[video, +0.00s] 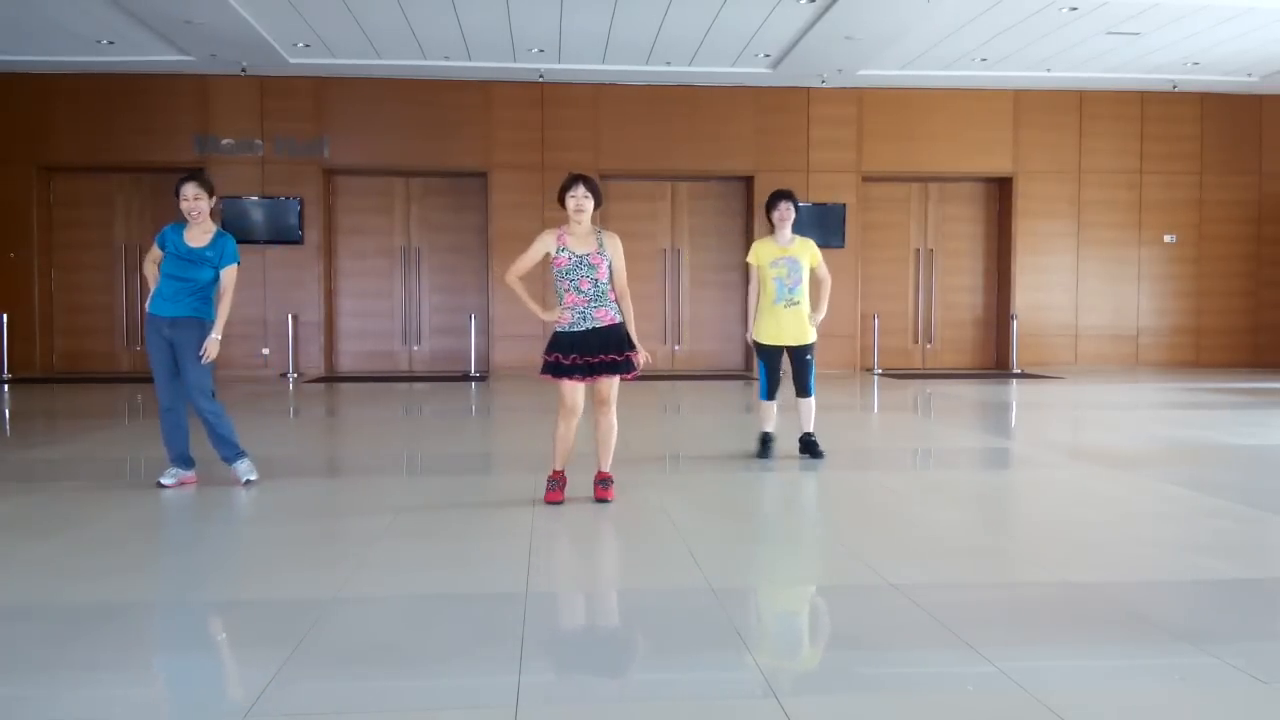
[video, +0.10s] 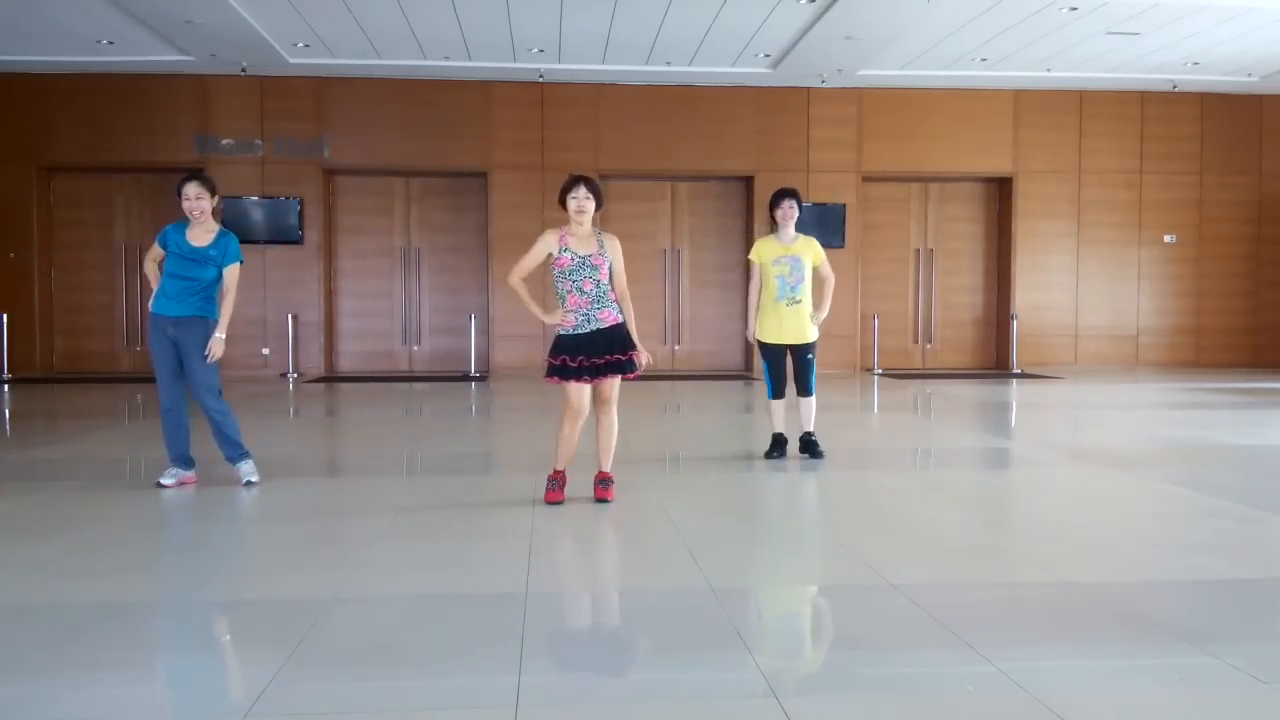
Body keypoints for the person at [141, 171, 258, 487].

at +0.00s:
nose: (191, 205)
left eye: (197, 198)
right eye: (185, 200)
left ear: (211, 201)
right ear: (179, 205)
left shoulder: (224, 242)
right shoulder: (170, 234)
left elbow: (226, 293)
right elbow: (149, 263)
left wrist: (216, 334)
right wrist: (157, 292)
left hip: (193, 323)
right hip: (158, 322)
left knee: (201, 396)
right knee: (168, 398)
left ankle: (237, 460)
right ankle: (182, 466)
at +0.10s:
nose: (193, 205)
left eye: (199, 198)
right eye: (187, 199)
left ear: (214, 200)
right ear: (181, 204)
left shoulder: (227, 241)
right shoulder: (171, 233)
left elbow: (229, 291)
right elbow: (149, 261)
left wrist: (220, 334)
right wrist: (159, 290)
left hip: (197, 323)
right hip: (161, 322)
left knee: (208, 395)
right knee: (169, 398)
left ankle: (241, 460)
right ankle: (183, 466)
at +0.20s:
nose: (198, 205)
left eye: (204, 198)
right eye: (191, 199)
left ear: (217, 199)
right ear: (185, 203)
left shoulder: (231, 240)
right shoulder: (175, 233)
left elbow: (234, 290)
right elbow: (150, 261)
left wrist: (227, 333)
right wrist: (161, 290)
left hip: (204, 323)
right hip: (167, 322)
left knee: (217, 395)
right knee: (173, 397)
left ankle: (245, 461)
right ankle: (182, 466)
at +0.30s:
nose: (200, 204)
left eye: (206, 197)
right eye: (194, 198)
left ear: (221, 199)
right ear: (189, 202)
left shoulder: (238, 239)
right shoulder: (180, 233)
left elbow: (242, 288)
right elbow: (153, 260)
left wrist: (234, 331)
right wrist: (165, 293)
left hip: (214, 324)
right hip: (175, 323)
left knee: (226, 398)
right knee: (179, 399)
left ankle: (246, 463)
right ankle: (182, 466)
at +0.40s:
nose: (203, 201)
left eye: (209, 194)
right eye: (197, 195)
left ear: (225, 197)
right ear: (193, 200)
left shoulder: (244, 237)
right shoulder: (184, 233)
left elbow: (251, 286)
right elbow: (160, 261)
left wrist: (244, 327)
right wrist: (163, 289)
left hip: (226, 323)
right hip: (186, 323)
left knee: (235, 398)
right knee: (184, 398)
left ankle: (247, 462)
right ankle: (183, 466)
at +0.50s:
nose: (207, 200)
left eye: (213, 193)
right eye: (202, 194)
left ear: (230, 197)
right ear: (197, 199)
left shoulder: (250, 235)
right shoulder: (188, 233)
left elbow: (260, 284)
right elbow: (170, 265)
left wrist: (257, 325)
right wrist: (161, 287)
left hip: (237, 323)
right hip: (196, 323)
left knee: (241, 397)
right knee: (189, 395)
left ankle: (247, 462)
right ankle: (184, 465)